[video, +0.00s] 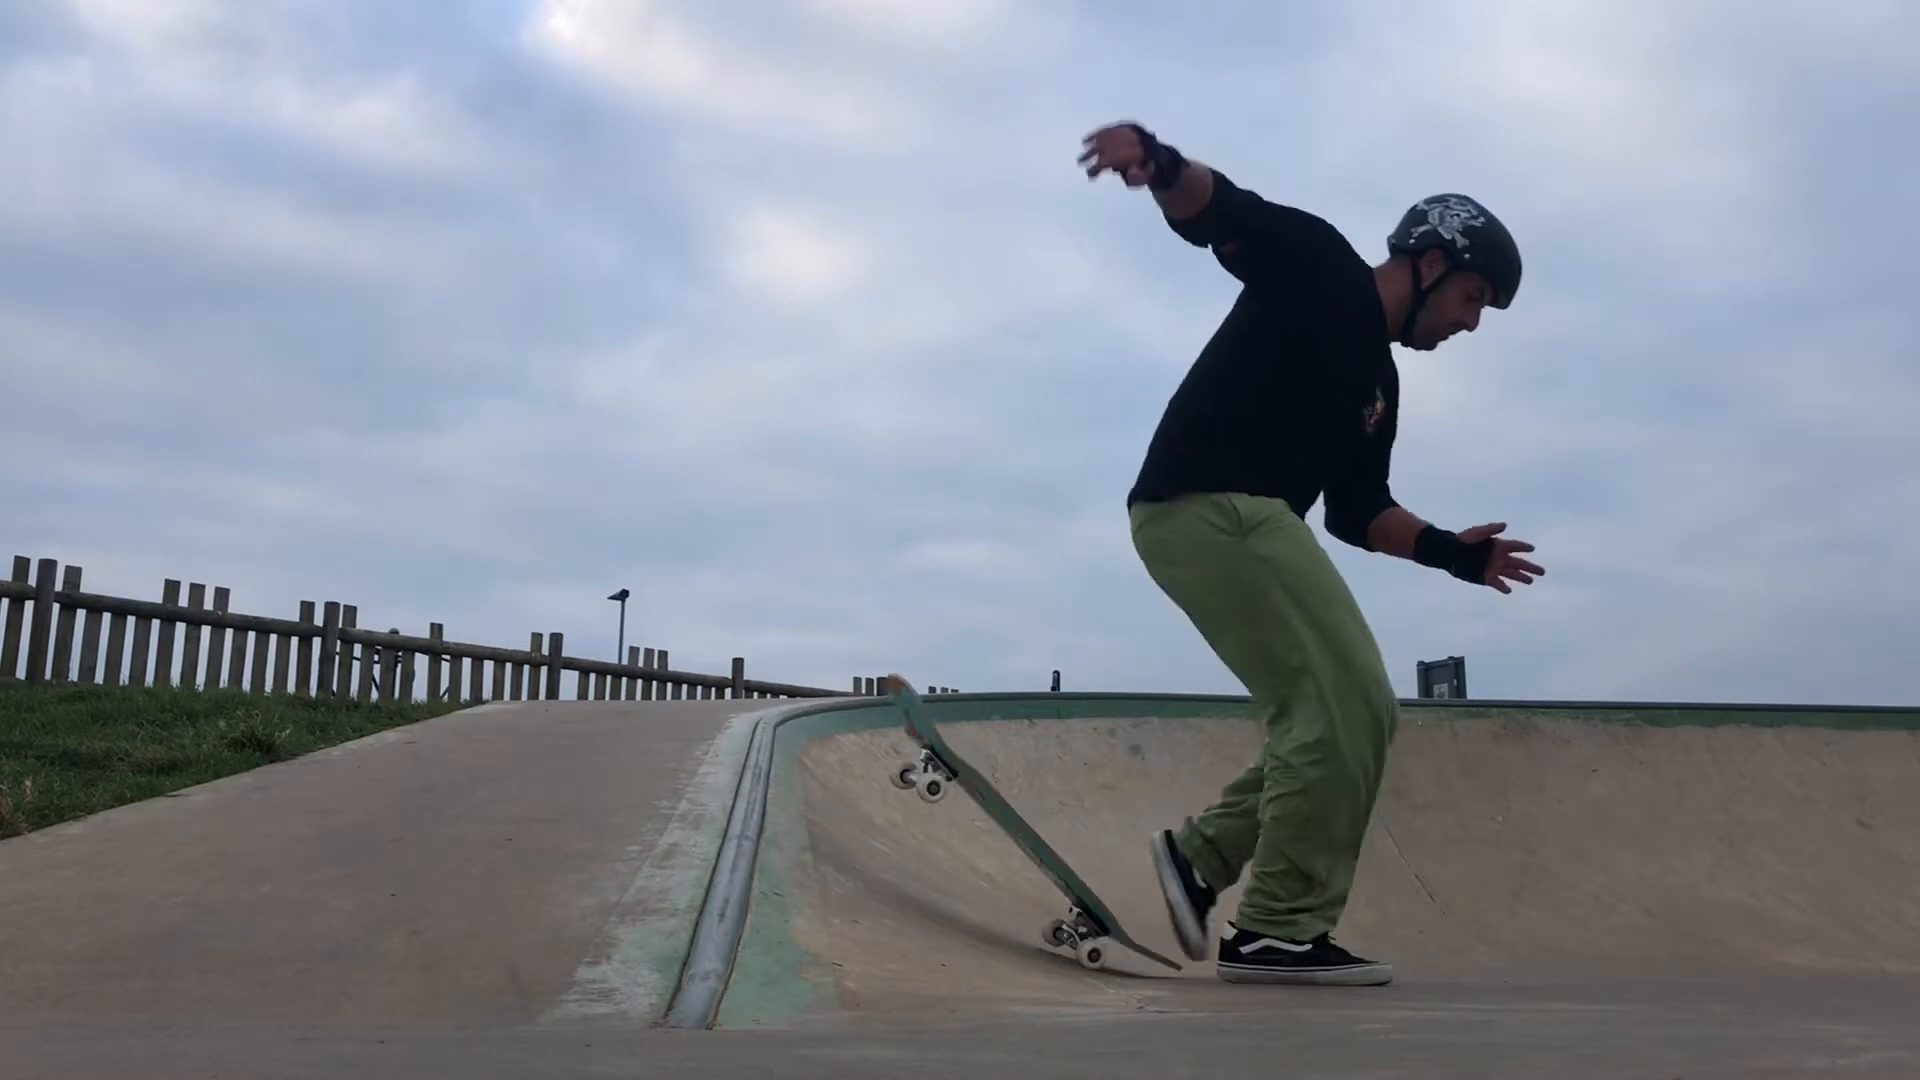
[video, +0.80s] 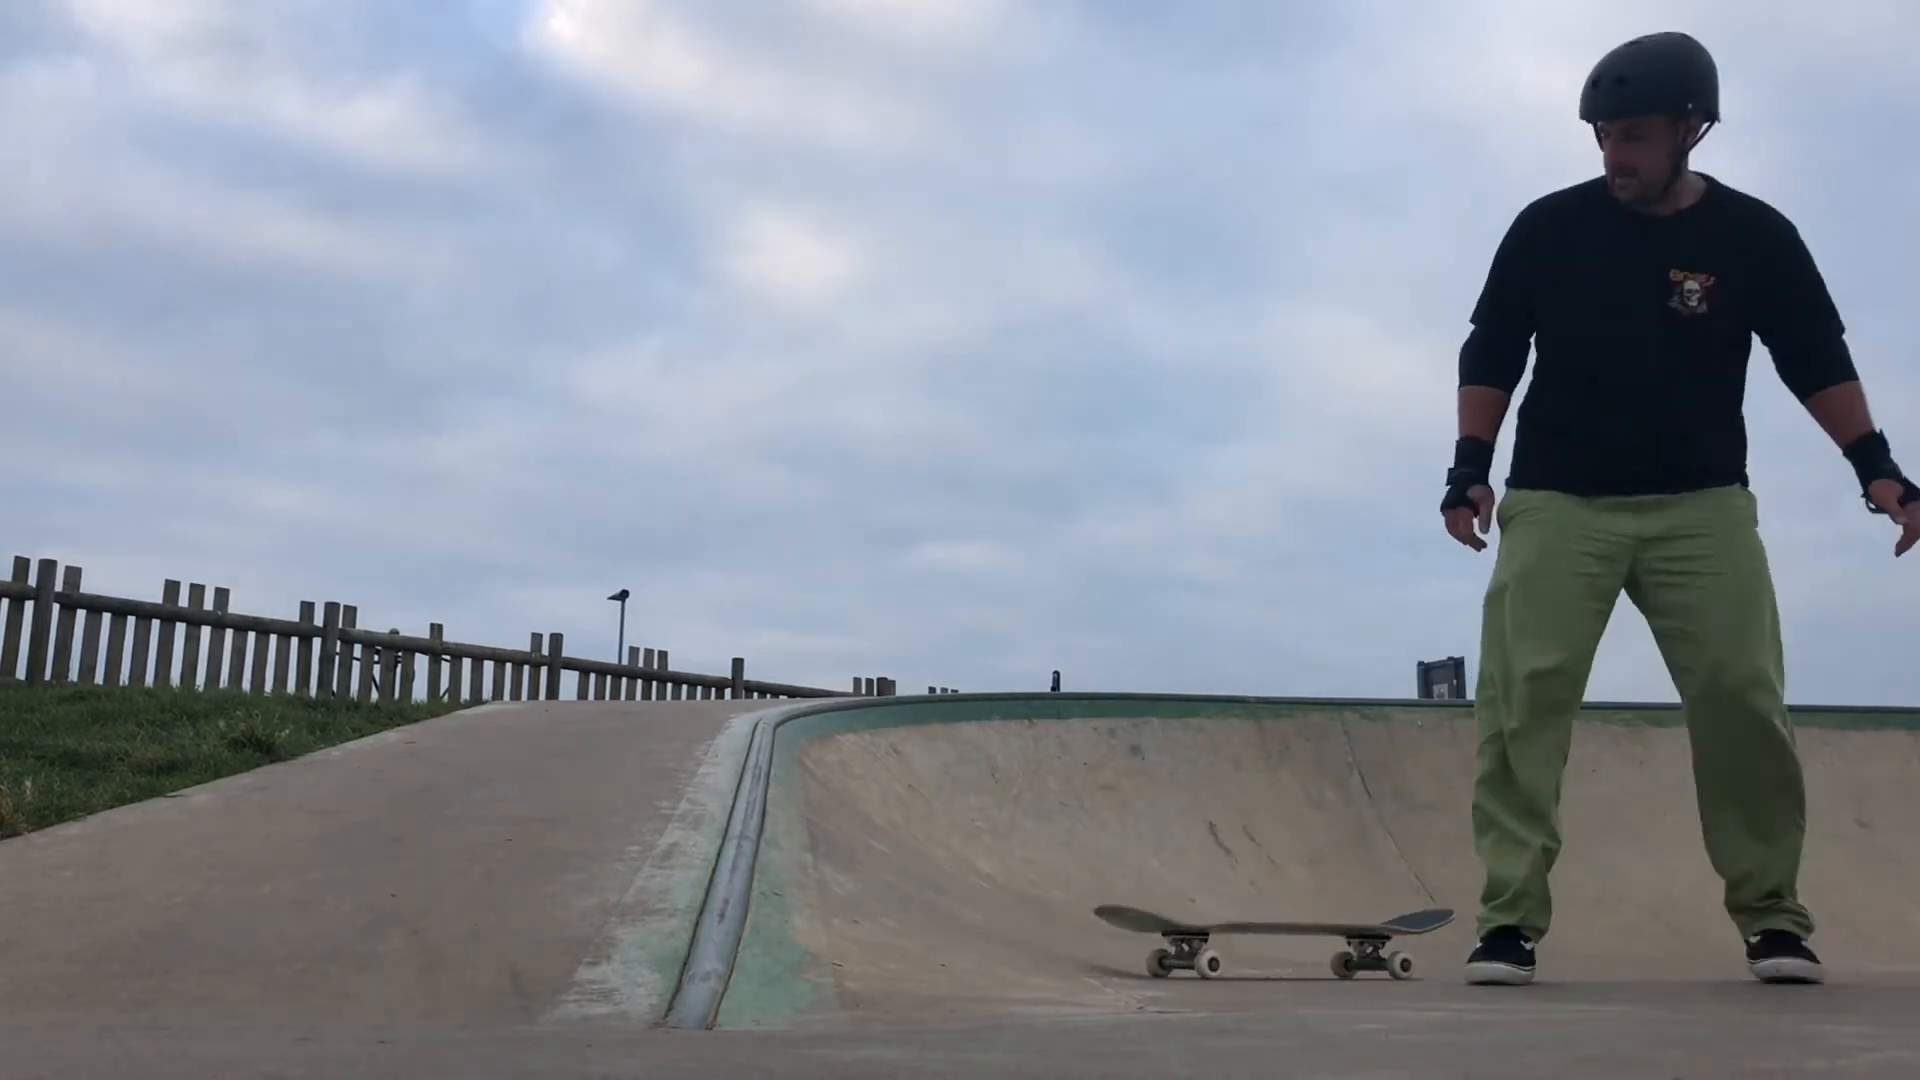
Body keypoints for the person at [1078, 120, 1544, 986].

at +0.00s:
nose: (1474, 320)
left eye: (1484, 306)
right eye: (1477, 296)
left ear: (1433, 271)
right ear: (1434, 260)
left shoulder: (1375, 392)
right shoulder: (1321, 257)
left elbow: (1357, 511)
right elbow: (1220, 210)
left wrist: (1449, 549)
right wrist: (1159, 165)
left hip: (1244, 516)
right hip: (1208, 502)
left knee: (1352, 709)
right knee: (1343, 703)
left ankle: (1205, 853)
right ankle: (1277, 928)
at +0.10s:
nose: (1555, 327)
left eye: (1566, 314)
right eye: (1554, 303)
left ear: (1515, 276)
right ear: (1509, 266)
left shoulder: (1459, 383)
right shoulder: (1402, 272)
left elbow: (1413, 507)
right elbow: (1277, 275)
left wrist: (1487, 551)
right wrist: (1230, 365)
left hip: (1348, 533)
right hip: (1272, 512)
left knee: (1479, 679)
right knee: (1383, 696)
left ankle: (1399, 892)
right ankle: (1277, 922)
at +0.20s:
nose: (1628, 310)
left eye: (1643, 299)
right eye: (1625, 284)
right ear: (1578, 248)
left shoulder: (1543, 372)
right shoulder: (1469, 270)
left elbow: (1487, 491)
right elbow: (1335, 310)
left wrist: (1552, 578)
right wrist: (1354, 444)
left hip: (1453, 539)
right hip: (1356, 510)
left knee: (1565, 699)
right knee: (1434, 698)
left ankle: (1679, 915)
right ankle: (1291, 908)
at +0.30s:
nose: (1673, 270)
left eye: (1693, 260)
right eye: (1665, 244)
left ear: (1702, 268)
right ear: (1620, 223)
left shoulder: (1628, 358)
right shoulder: (1516, 276)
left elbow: (1588, 488)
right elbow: (1389, 353)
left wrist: (1613, 587)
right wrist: (1401, 482)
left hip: (1566, 562)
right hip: (1465, 540)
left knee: (1685, 703)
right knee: (1520, 714)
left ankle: (1761, 932)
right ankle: (1328, 887)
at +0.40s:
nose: (1696, 242)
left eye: (1721, 230)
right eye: (1685, 215)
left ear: (1738, 240)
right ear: (1651, 201)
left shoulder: (1696, 346)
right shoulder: (1550, 272)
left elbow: (1679, 492)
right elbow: (1440, 372)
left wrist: (1700, 600)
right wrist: (1425, 501)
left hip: (1627, 549)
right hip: (1512, 533)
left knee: (1758, 697)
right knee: (1600, 704)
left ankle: (1764, 932)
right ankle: (1424, 891)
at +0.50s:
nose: (1698, 201)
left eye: (1726, 191)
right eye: (1690, 175)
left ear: (1756, 204)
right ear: (1666, 164)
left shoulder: (1737, 310)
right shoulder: (1567, 247)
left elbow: (1730, 443)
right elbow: (1459, 351)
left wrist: (1767, 558)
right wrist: (1457, 485)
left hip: (1649, 525)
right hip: (1532, 508)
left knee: (1765, 697)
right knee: (1616, 686)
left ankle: (1764, 931)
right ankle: (1501, 918)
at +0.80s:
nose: (1612, 152)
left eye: (1633, 134)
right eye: (1602, 133)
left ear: (1691, 130)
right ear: (1593, 130)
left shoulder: (1756, 237)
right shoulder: (1546, 229)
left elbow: (1815, 357)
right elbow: (1492, 348)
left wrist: (1874, 463)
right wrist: (1470, 465)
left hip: (1702, 509)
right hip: (1559, 506)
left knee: (1743, 696)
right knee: (1523, 700)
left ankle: (1772, 919)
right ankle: (1508, 921)